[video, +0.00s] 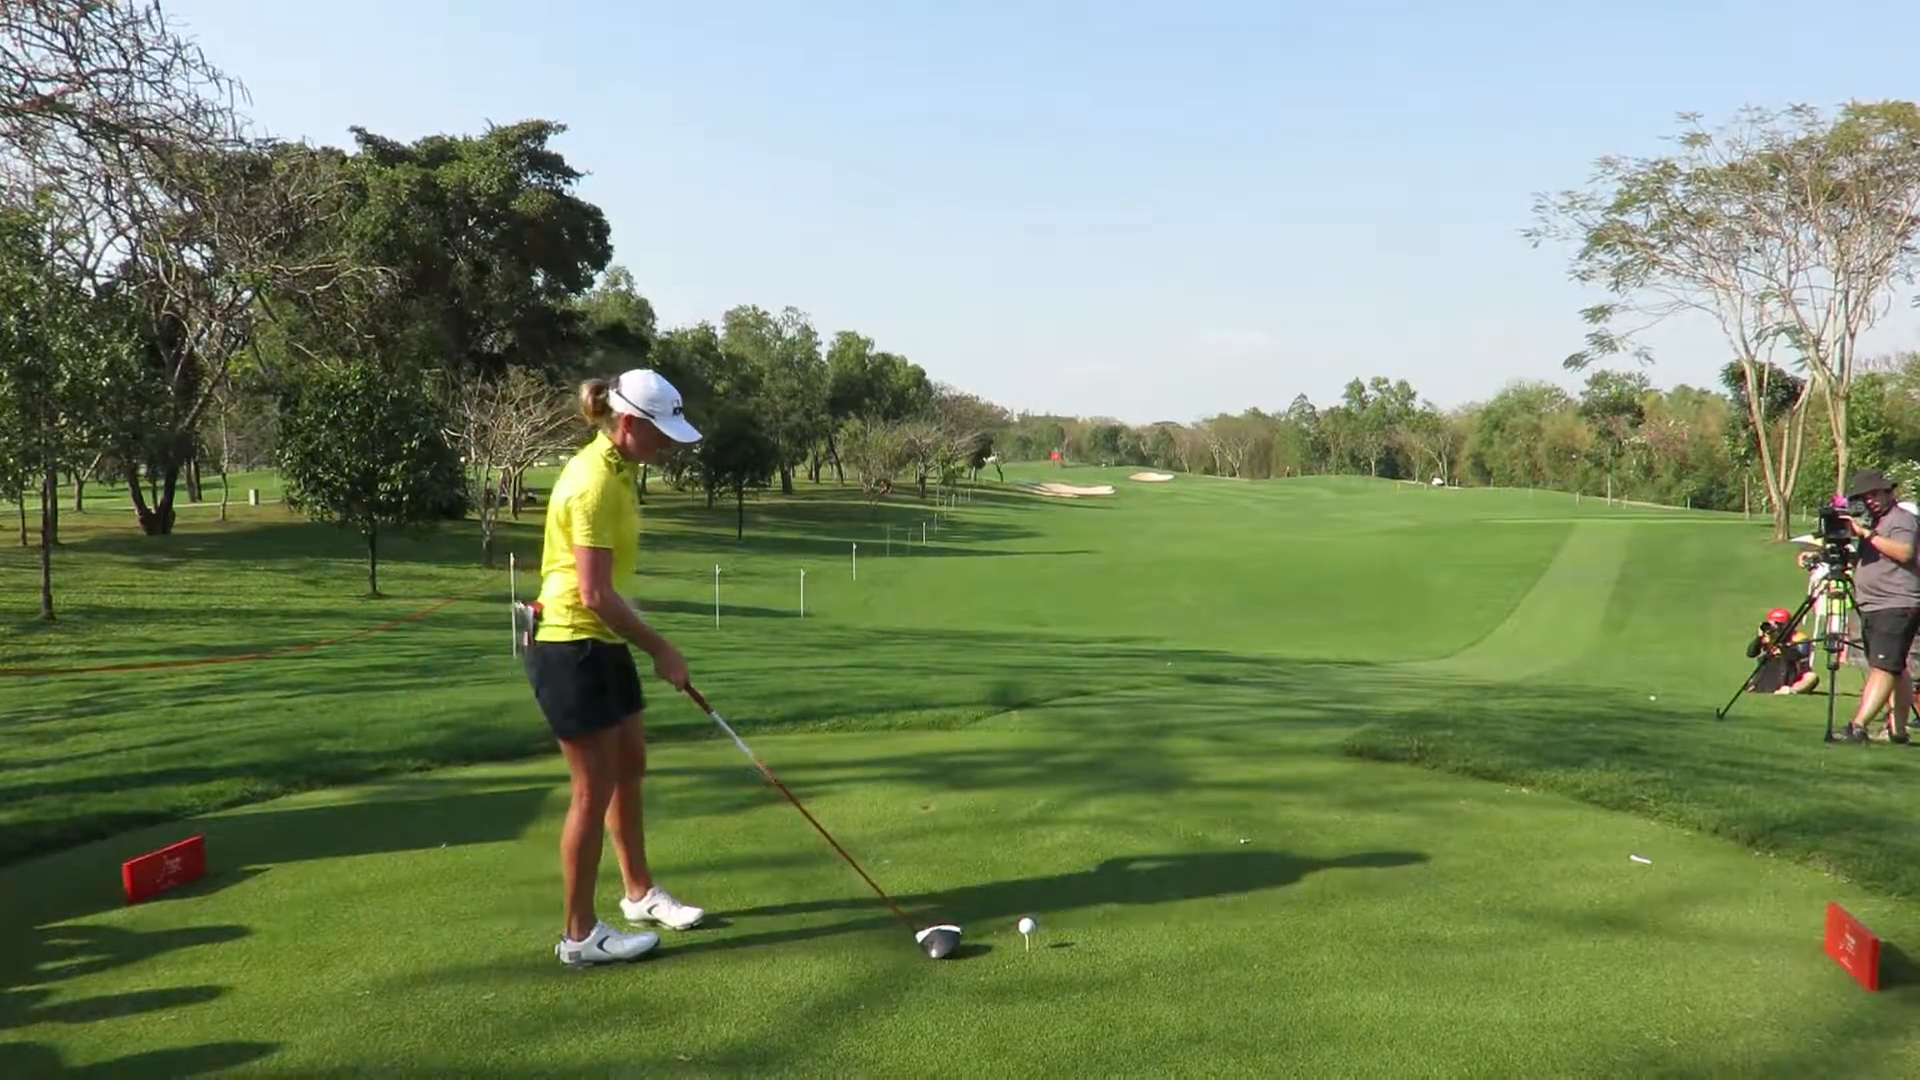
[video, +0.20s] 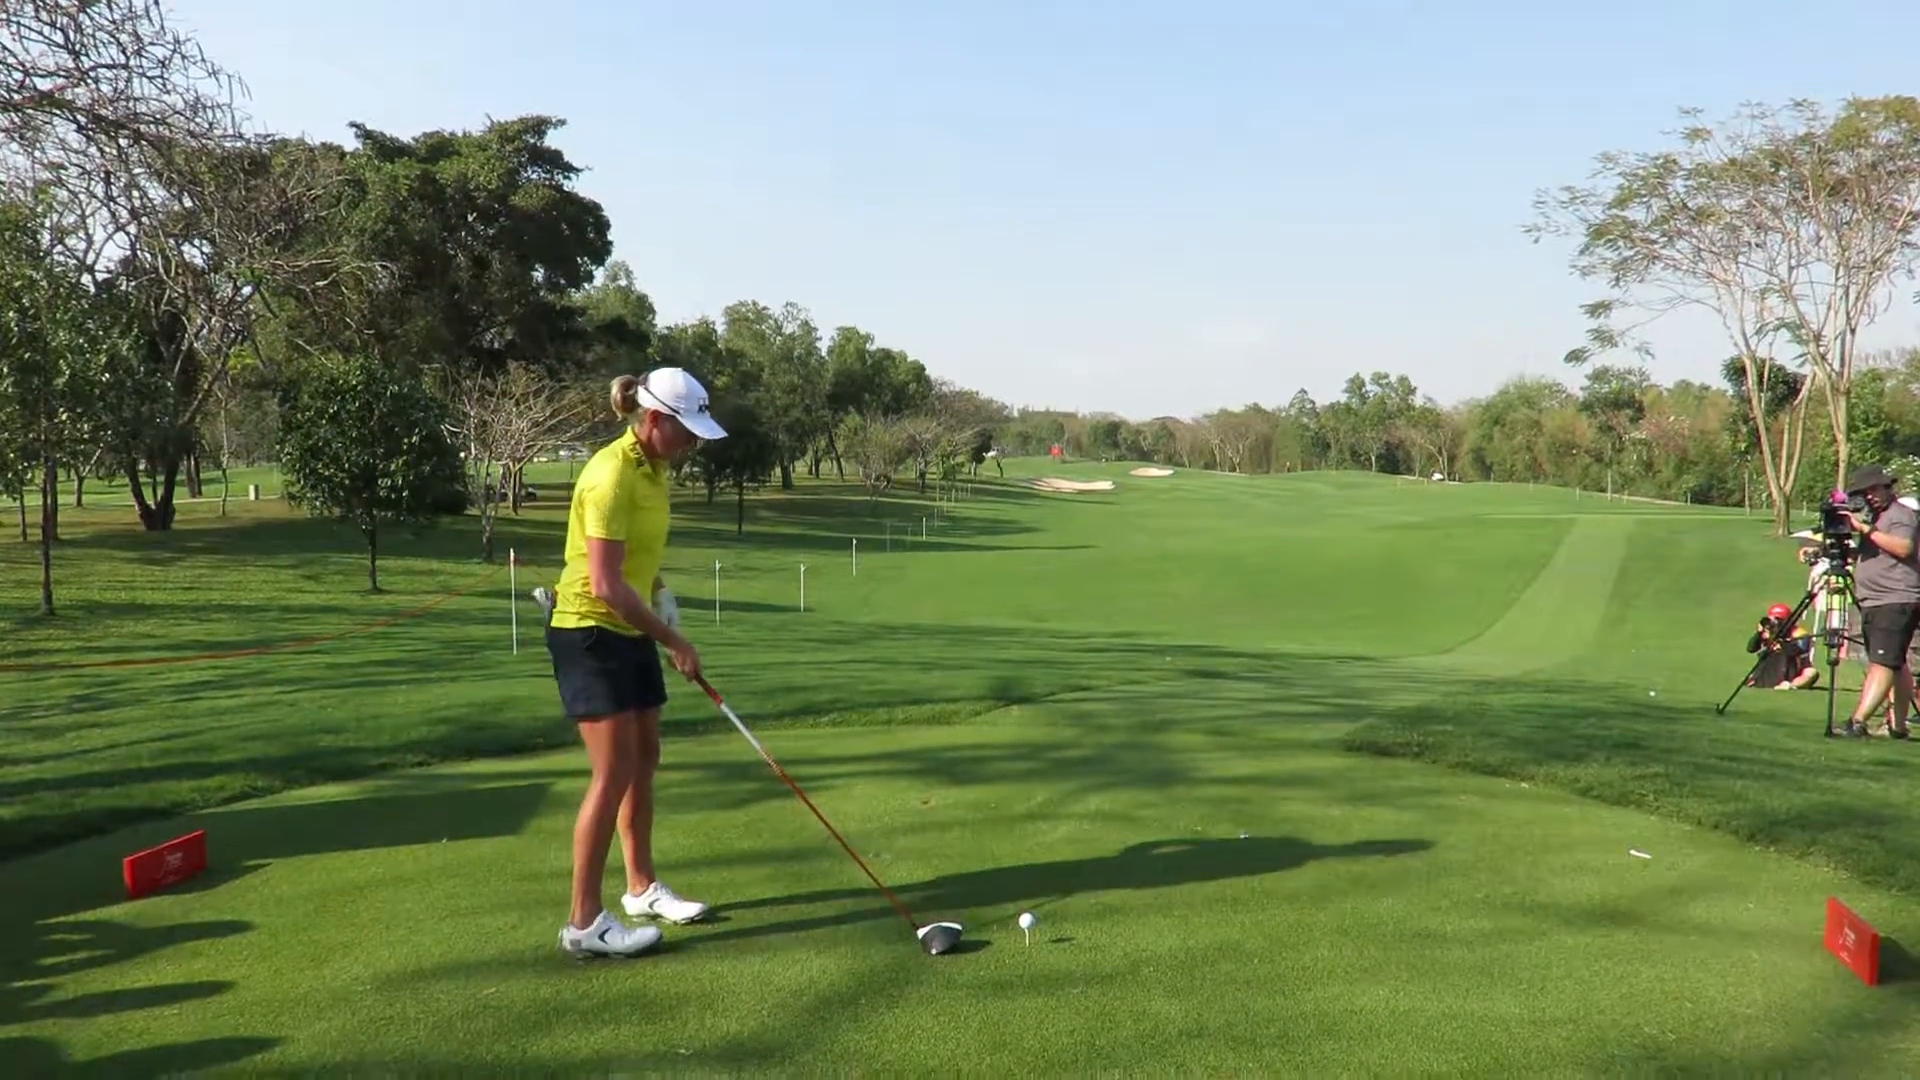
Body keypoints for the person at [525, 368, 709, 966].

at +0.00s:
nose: (667, 446)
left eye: (669, 436)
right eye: (661, 435)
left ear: (632, 425)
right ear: (626, 425)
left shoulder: (613, 472)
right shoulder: (594, 482)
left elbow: (589, 569)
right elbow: (596, 594)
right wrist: (661, 649)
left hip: (603, 644)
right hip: (572, 647)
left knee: (629, 764)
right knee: (594, 787)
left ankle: (640, 894)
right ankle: (579, 933)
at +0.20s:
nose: (693, 443)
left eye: (696, 433)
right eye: (687, 432)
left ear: (663, 423)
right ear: (653, 421)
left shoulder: (652, 471)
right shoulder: (611, 476)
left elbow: (637, 560)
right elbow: (606, 586)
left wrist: (656, 597)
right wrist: (673, 641)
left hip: (632, 632)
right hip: (590, 634)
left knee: (643, 760)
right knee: (613, 771)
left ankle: (641, 889)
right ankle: (584, 922)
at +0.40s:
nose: (705, 438)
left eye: (709, 429)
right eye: (699, 426)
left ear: (686, 418)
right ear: (668, 413)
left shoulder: (673, 463)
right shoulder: (622, 467)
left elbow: (651, 536)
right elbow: (608, 567)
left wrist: (674, 576)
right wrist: (669, 631)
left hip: (643, 621)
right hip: (595, 622)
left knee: (650, 745)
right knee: (614, 755)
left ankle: (642, 879)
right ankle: (594, 900)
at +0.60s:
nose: (711, 427)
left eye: (715, 417)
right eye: (705, 414)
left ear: (697, 407)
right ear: (675, 401)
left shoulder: (681, 451)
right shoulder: (628, 450)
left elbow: (658, 524)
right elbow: (612, 552)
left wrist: (679, 566)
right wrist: (670, 614)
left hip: (650, 608)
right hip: (600, 607)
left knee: (652, 731)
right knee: (622, 736)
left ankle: (643, 866)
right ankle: (594, 883)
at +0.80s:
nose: (712, 420)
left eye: (717, 411)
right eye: (706, 407)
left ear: (699, 400)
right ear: (677, 393)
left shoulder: (681, 445)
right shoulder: (631, 443)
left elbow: (660, 523)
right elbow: (621, 548)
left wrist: (683, 567)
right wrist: (683, 608)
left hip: (651, 601)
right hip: (604, 600)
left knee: (649, 728)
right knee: (630, 730)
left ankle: (642, 856)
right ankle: (617, 881)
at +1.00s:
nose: (716, 416)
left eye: (720, 406)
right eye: (710, 404)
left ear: (692, 395)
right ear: (679, 391)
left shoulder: (677, 440)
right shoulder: (636, 443)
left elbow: (658, 526)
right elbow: (638, 554)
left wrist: (684, 574)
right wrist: (702, 613)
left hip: (648, 596)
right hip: (603, 600)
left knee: (664, 720)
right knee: (624, 736)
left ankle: (643, 853)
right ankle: (620, 884)